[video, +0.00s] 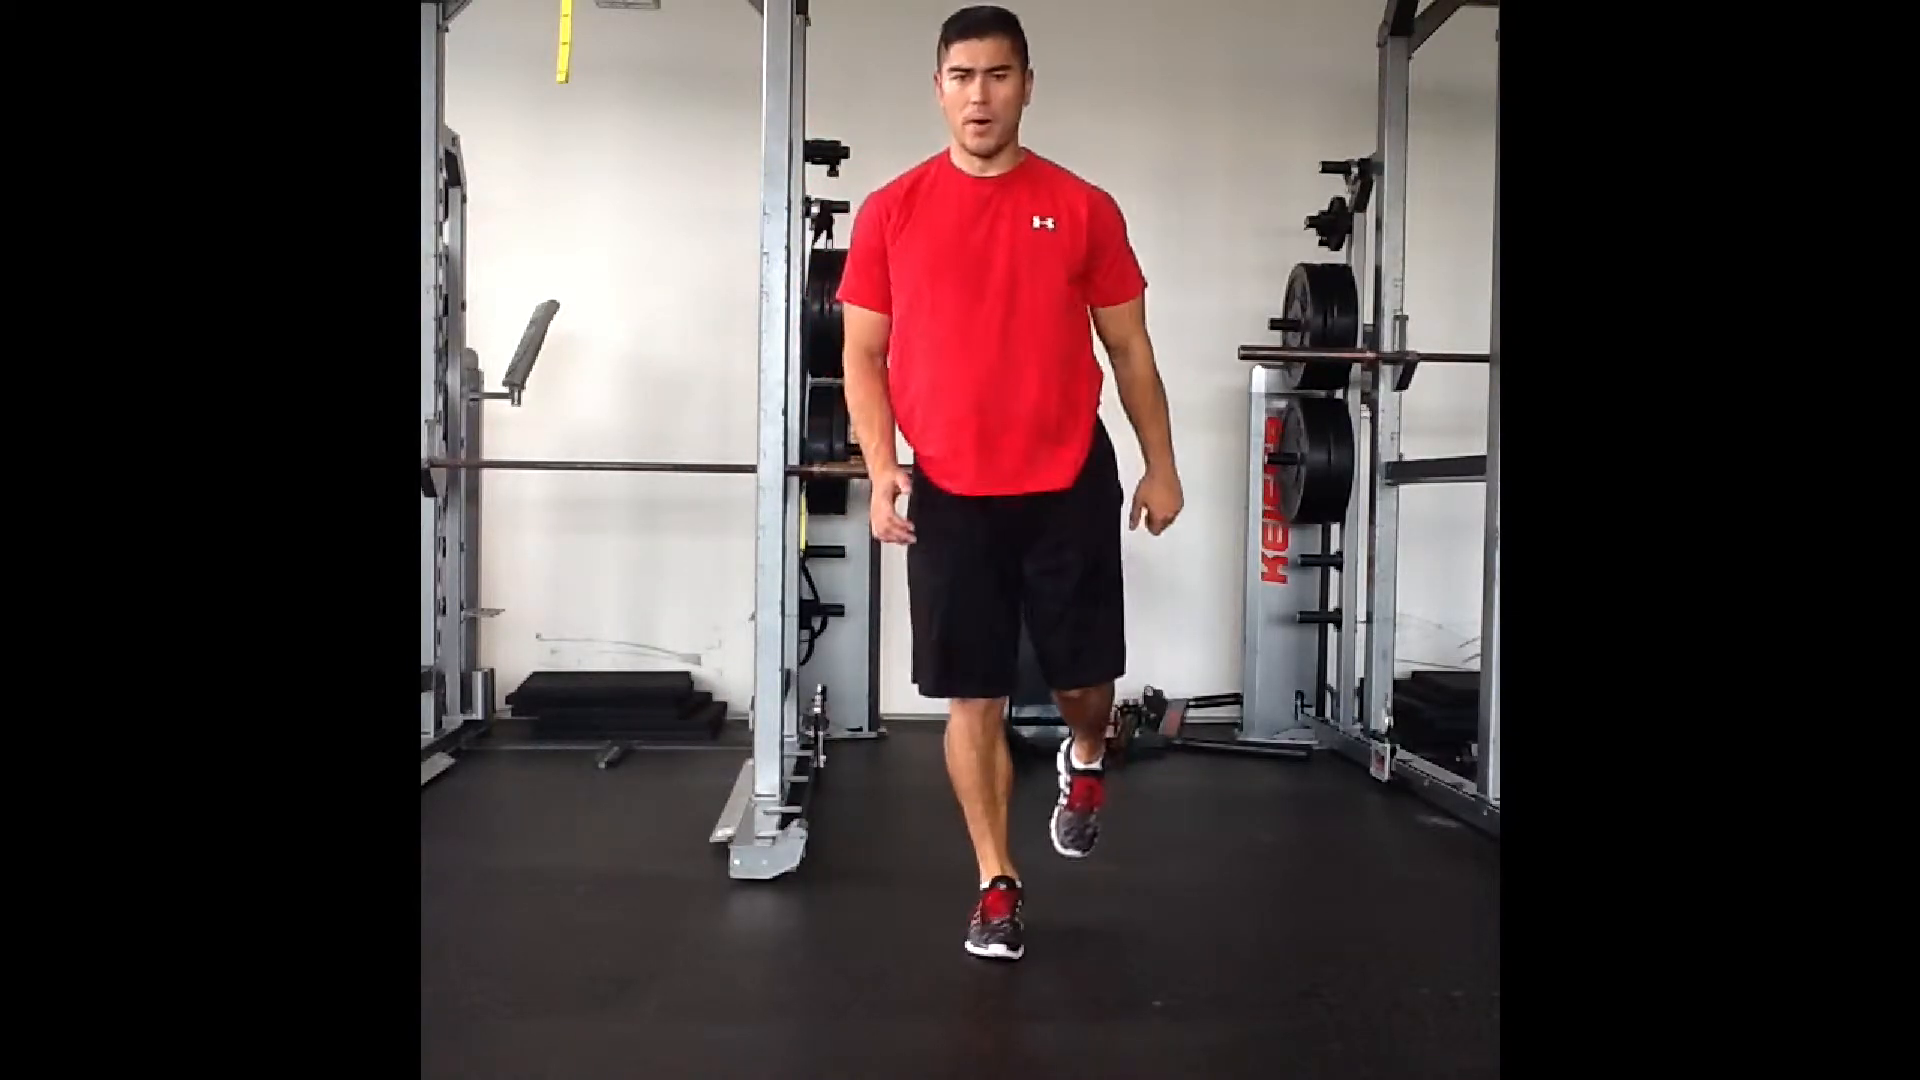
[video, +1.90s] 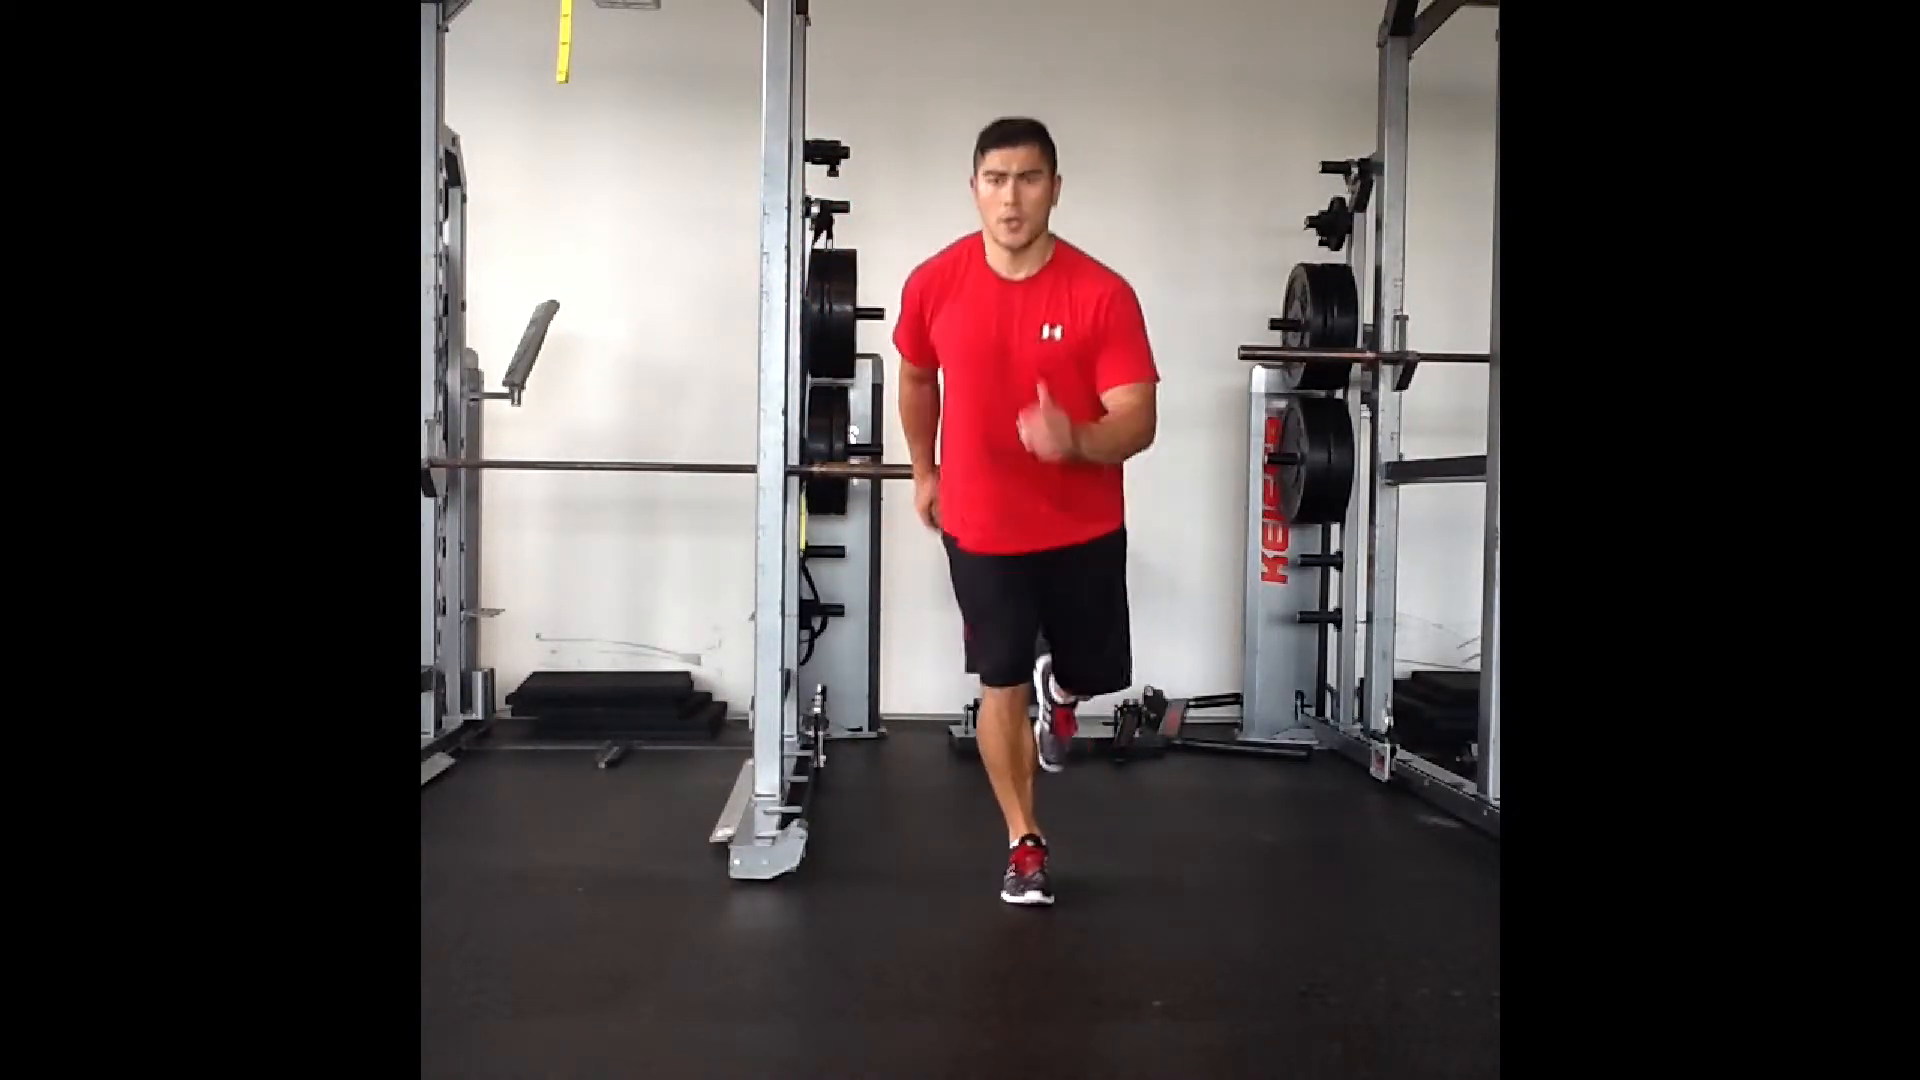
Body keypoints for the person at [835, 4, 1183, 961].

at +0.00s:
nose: (979, 94)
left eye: (997, 75)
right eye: (961, 76)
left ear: (1026, 87)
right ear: (938, 90)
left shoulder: (1082, 208)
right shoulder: (890, 214)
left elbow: (1128, 346)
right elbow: (862, 356)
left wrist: (1160, 463)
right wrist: (882, 467)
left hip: (1066, 485)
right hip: (948, 490)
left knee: (1081, 680)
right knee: (971, 693)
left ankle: (1086, 762)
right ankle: (995, 883)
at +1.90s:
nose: (1012, 195)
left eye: (1028, 178)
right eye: (996, 178)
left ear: (1054, 190)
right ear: (975, 190)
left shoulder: (1103, 296)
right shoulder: (932, 288)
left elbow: (1137, 422)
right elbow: (916, 379)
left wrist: (1079, 439)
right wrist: (923, 472)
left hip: (1083, 526)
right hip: (983, 529)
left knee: (1091, 671)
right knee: (1007, 679)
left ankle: (1058, 695)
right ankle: (1023, 839)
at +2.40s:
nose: (994, 226)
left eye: (1009, 210)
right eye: (978, 212)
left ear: (1035, 222)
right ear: (955, 227)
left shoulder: (1094, 316)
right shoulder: (925, 342)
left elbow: (1141, 423)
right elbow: (922, 479)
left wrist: (1174, 508)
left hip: (1082, 529)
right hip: (982, 545)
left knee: (1078, 674)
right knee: (1006, 695)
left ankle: (1076, 769)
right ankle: (1024, 843)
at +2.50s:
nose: (997, 173)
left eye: (1012, 157)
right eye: (981, 159)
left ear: (1037, 164)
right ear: (958, 168)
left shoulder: (1091, 240)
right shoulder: (929, 250)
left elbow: (1171, 277)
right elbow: (890, 315)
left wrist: (1211, 319)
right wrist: (928, 319)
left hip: (1077, 445)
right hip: (983, 480)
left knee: (1070, 505)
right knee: (1001, 671)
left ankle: (1129, 668)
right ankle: (1023, 840)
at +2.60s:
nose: (1001, 85)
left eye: (1015, 68)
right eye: (985, 70)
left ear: (1043, 69)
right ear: (963, 75)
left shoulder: (1099, 141)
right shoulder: (930, 134)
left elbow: (1178, 179)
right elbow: (821, 169)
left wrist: (1212, 200)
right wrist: (885, 117)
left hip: (1066, 355)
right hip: (975, 379)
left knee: (1113, 440)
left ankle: (1139, 503)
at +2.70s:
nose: (983, 25)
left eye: (1000, 8)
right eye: (969, 7)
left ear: (1033, 11)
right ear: (952, 10)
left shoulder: (1089, 99)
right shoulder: (913, 88)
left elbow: (1140, 208)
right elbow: (832, 192)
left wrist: (1183, 278)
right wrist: (826, 268)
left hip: (1073, 298)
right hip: (973, 299)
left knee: (1132, 457)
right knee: (1011, 421)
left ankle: (1132, 486)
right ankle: (1035, 610)